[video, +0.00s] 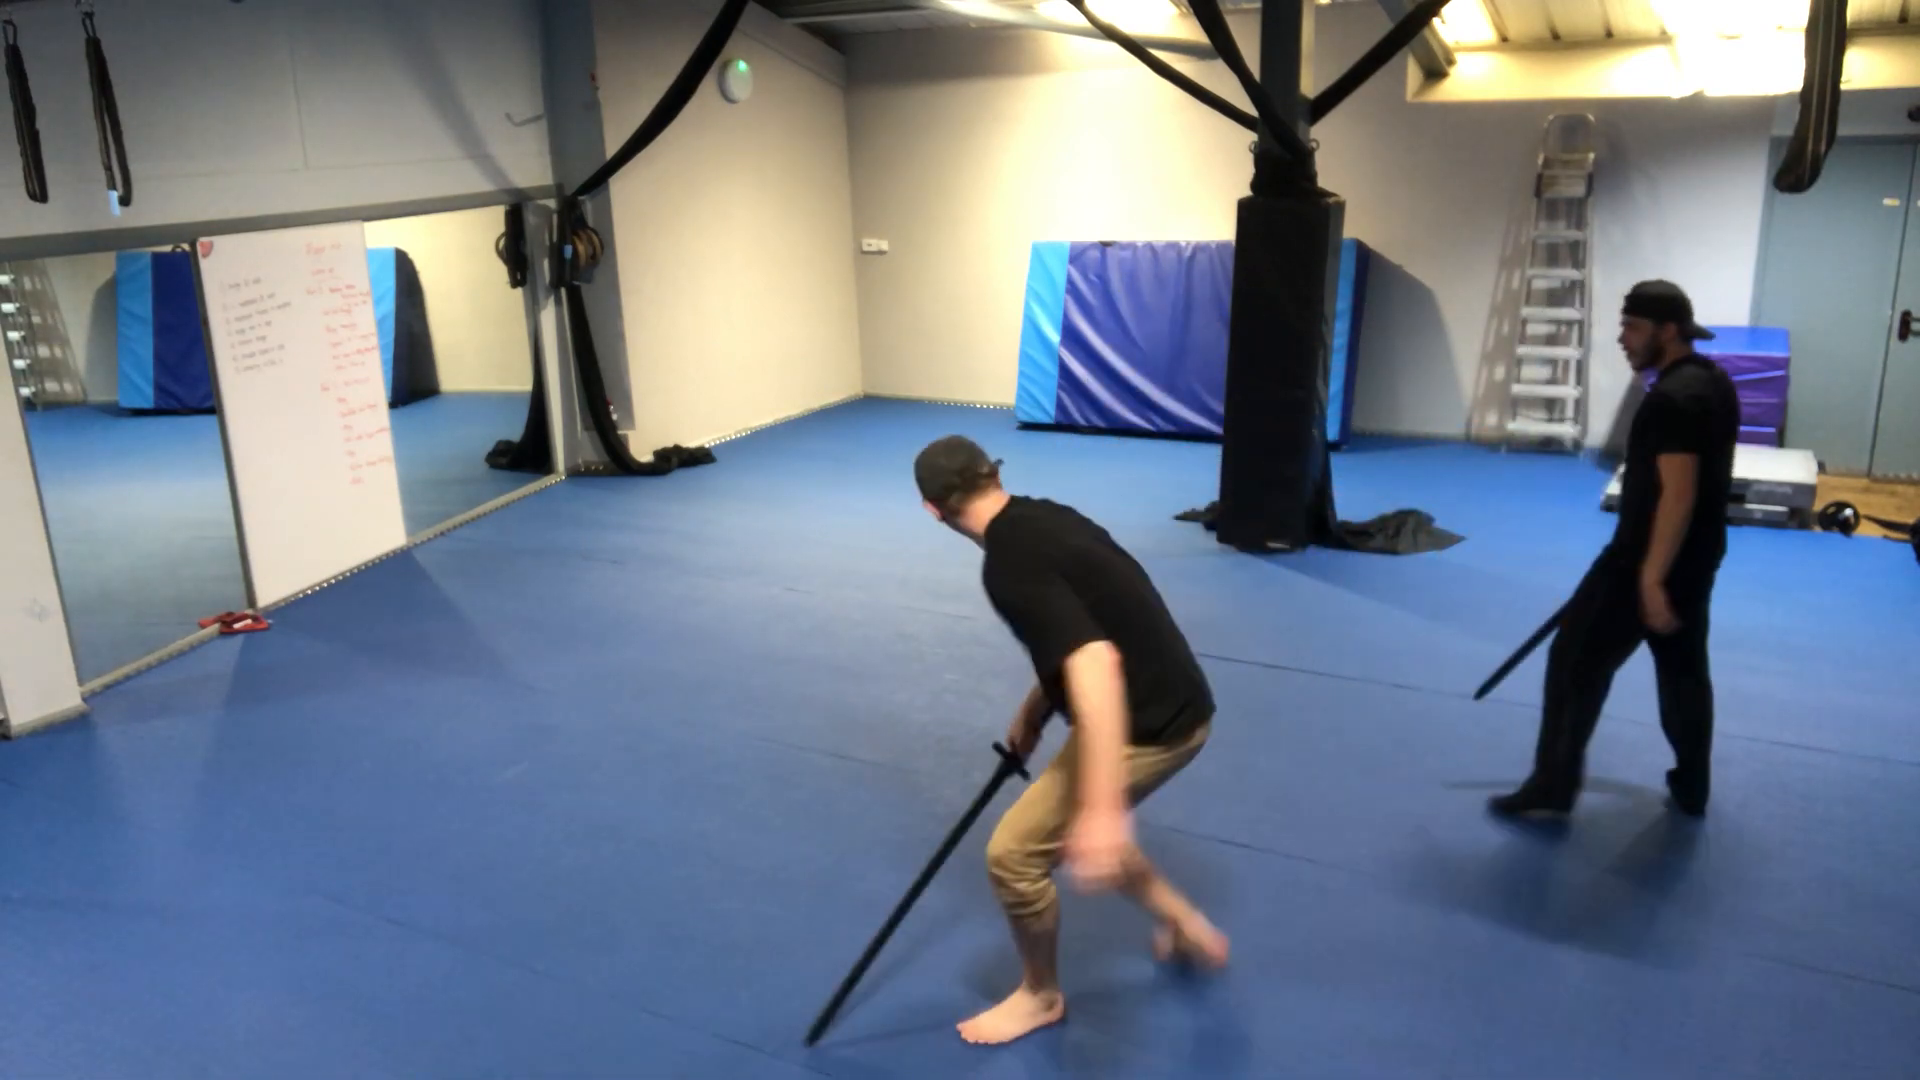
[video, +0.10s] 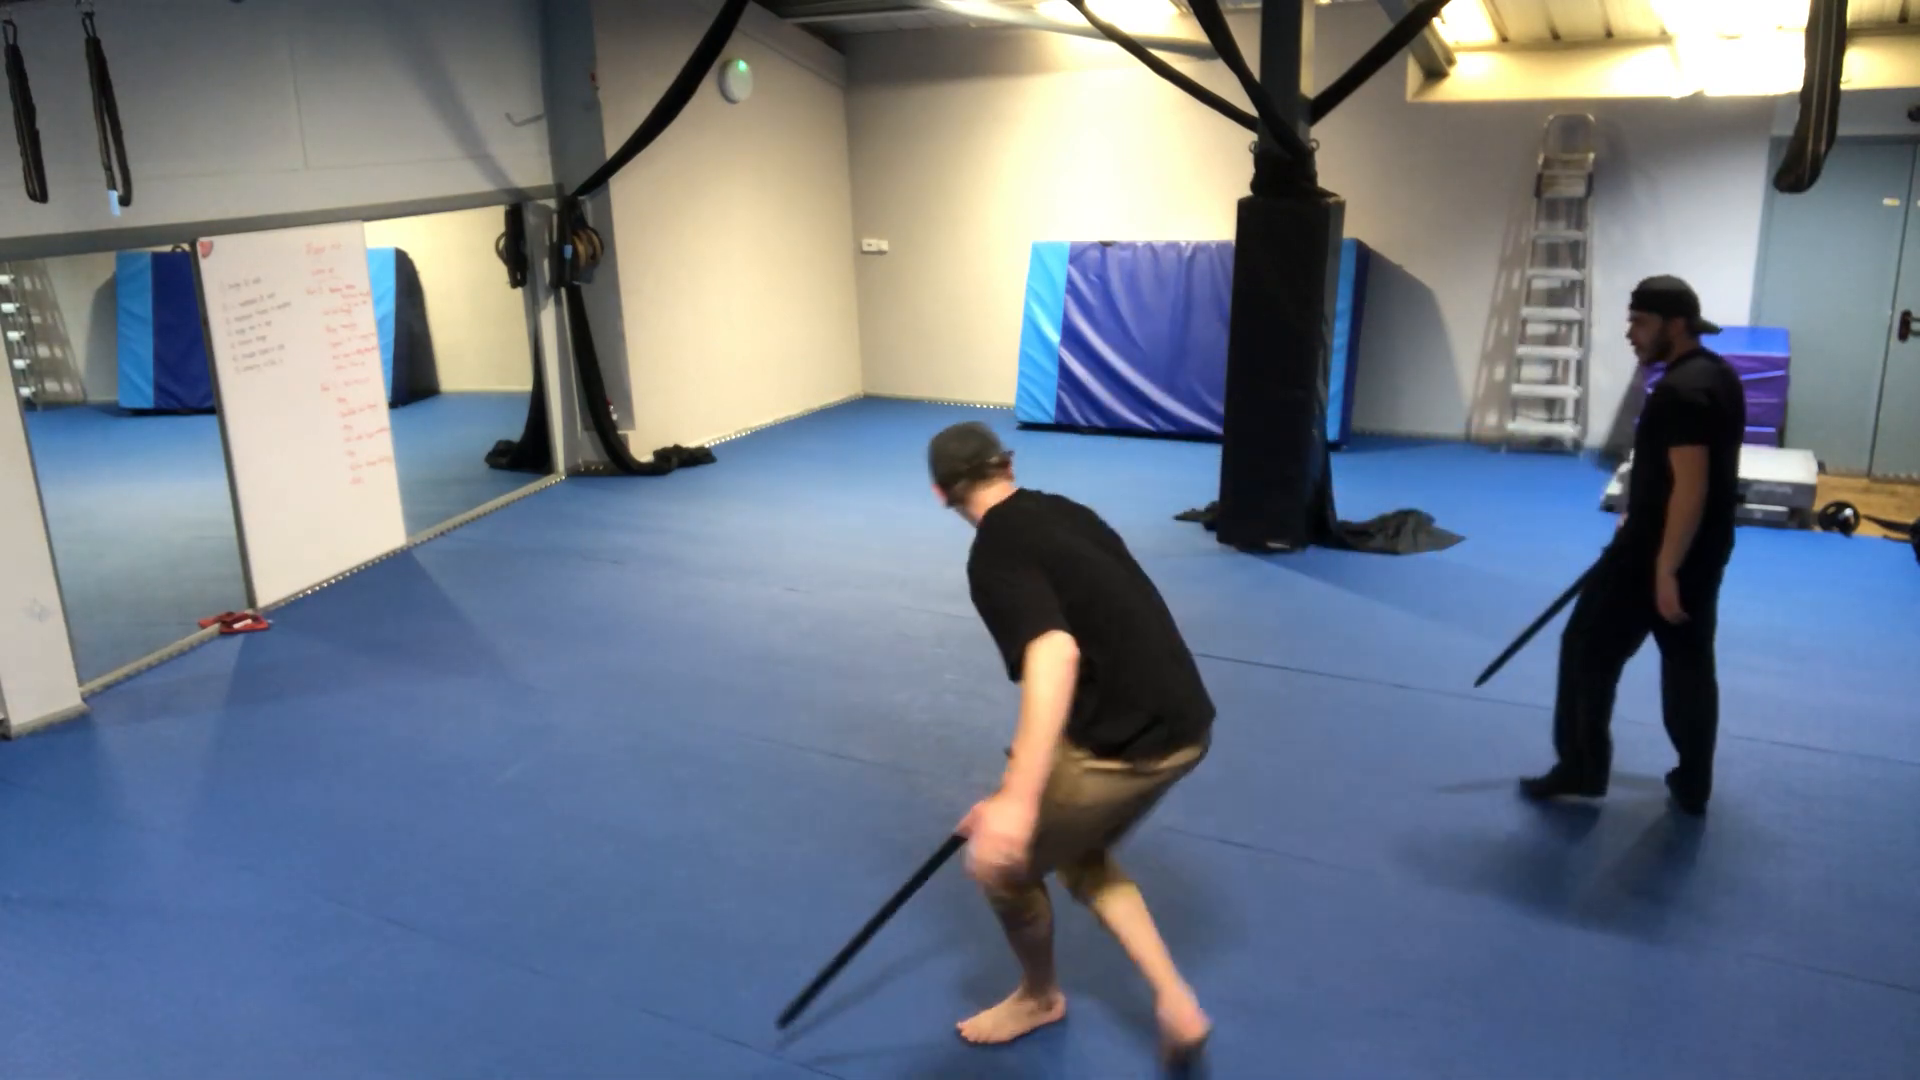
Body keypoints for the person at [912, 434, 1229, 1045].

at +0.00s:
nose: (934, 512)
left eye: (929, 503)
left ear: (936, 508)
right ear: (996, 474)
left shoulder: (1011, 559)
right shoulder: (1045, 518)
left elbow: (1095, 657)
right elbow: (1079, 632)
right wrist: (1032, 715)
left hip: (1145, 727)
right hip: (1175, 703)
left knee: (1013, 857)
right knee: (1082, 825)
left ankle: (1040, 993)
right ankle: (1189, 929)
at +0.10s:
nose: (940, 497)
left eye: (938, 486)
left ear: (942, 493)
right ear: (1008, 466)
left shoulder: (998, 550)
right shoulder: (1067, 514)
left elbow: (1054, 652)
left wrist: (1017, 798)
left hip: (1128, 744)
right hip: (1181, 723)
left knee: (1000, 861)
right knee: (1080, 852)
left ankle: (1040, 994)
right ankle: (1176, 1001)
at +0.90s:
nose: (1206, 476)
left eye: (1210, 464)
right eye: (1207, 464)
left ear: (1125, 454)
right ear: (1189, 467)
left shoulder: (1036, 517)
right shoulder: (1159, 560)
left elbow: (934, 614)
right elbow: (1155, 726)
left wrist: (975, 697)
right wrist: (1240, 825)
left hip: (979, 770)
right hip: (1079, 800)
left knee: (1006, 871)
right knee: (1149, 987)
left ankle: (995, 1026)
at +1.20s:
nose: (1126, 469)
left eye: (1127, 457)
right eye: (1127, 457)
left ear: (1052, 447)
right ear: (1110, 460)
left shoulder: (973, 508)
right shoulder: (1067, 544)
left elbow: (893, 609)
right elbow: (1043, 696)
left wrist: (958, 674)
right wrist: (1149, 780)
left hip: (916, 756)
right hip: (993, 777)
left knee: (997, 867)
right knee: (1084, 965)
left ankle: (963, 1033)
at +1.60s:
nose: (1029, 447)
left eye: (1029, 434)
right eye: (1030, 434)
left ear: (957, 425)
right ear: (1013, 433)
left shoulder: (886, 490)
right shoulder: (989, 513)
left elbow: (799, 588)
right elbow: (998, 670)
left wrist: (820, 679)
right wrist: (1073, 709)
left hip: (850, 729)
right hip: (918, 753)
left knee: (948, 890)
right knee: (956, 927)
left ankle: (961, 1035)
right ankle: (797, 1039)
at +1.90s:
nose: (968, 458)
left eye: (969, 445)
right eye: (969, 445)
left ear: (898, 434)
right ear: (949, 445)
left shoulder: (824, 492)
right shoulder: (900, 525)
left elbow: (747, 587)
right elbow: (935, 676)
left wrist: (782, 675)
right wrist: (1013, 694)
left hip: (845, 742)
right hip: (818, 762)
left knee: (924, 850)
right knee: (831, 923)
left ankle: (955, 1026)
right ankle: (732, 1029)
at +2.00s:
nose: (945, 459)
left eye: (945, 445)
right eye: (945, 445)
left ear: (877, 436)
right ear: (925, 447)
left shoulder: (806, 490)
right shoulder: (867, 526)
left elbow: (735, 581)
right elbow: (896, 680)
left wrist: (771, 669)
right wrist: (987, 709)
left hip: (832, 736)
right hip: (788, 756)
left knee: (912, 850)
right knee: (824, 919)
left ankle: (950, 1022)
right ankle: (731, 1033)